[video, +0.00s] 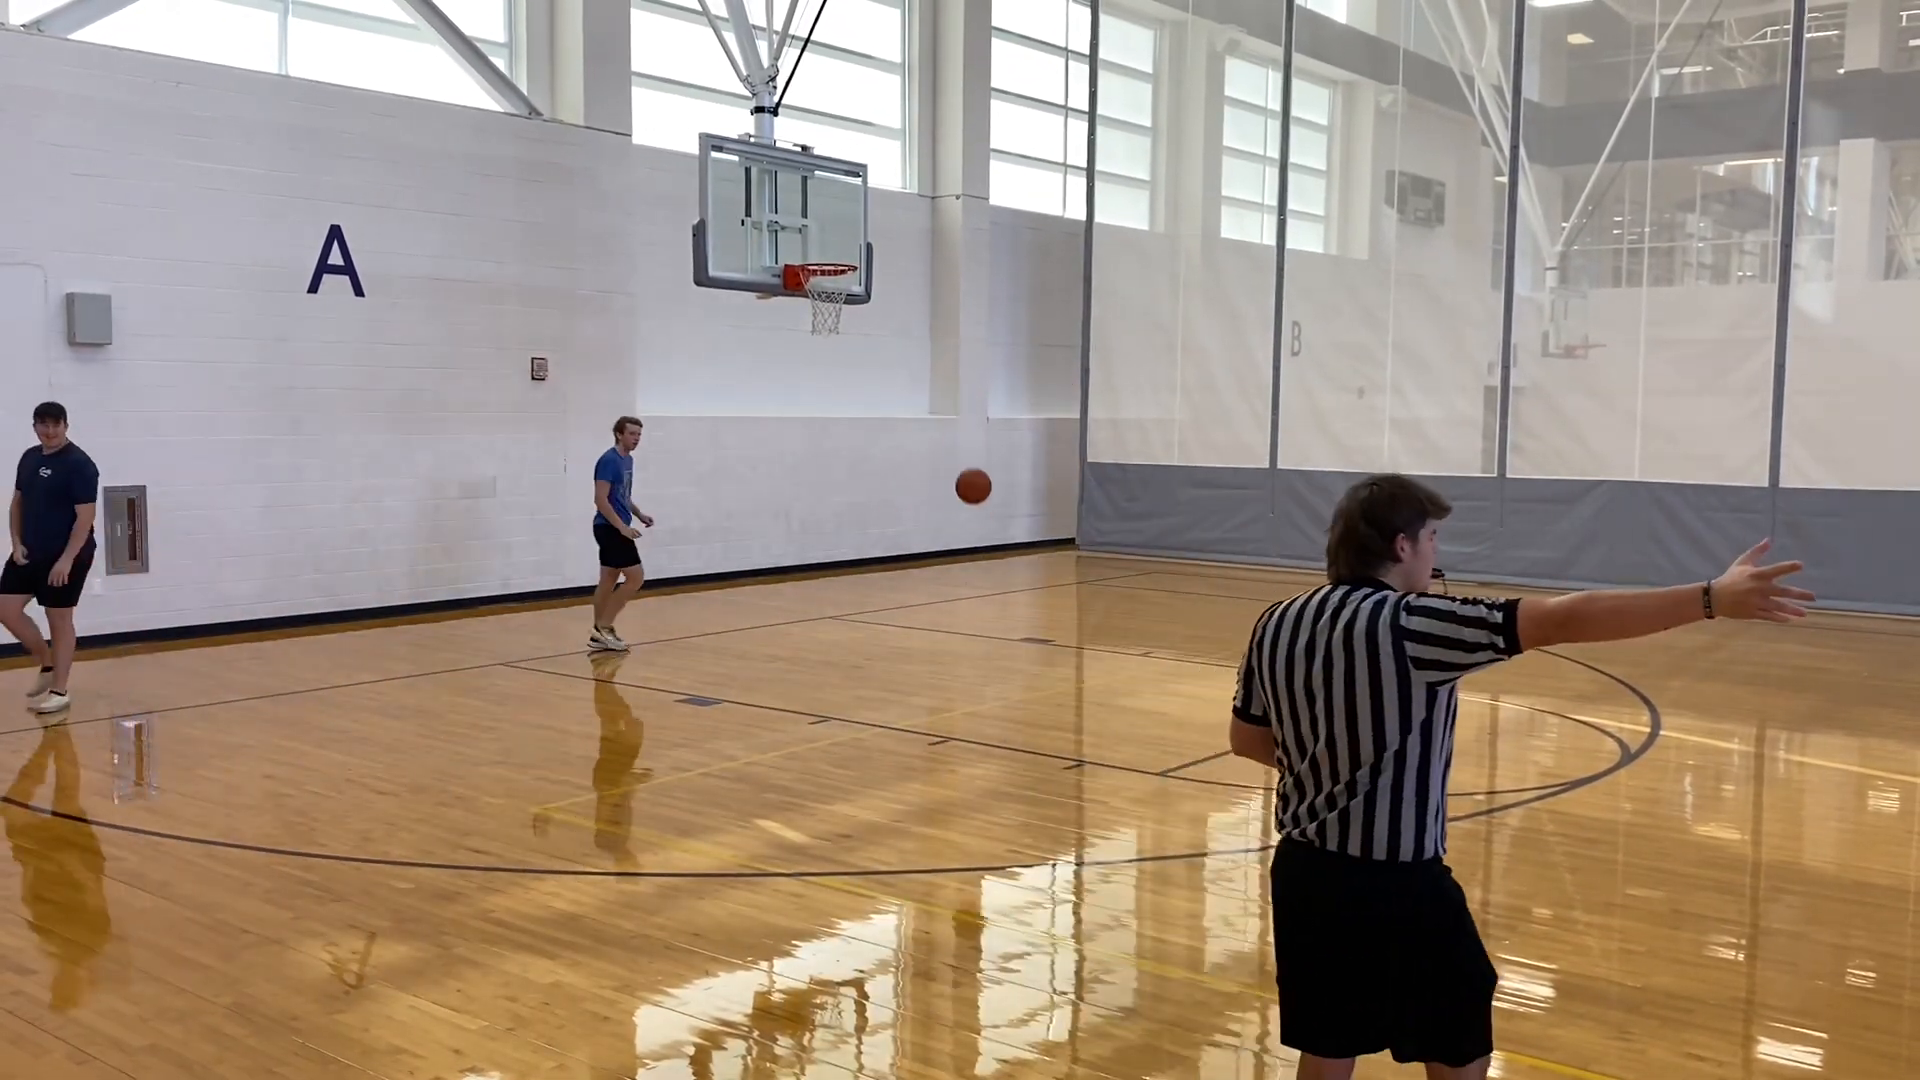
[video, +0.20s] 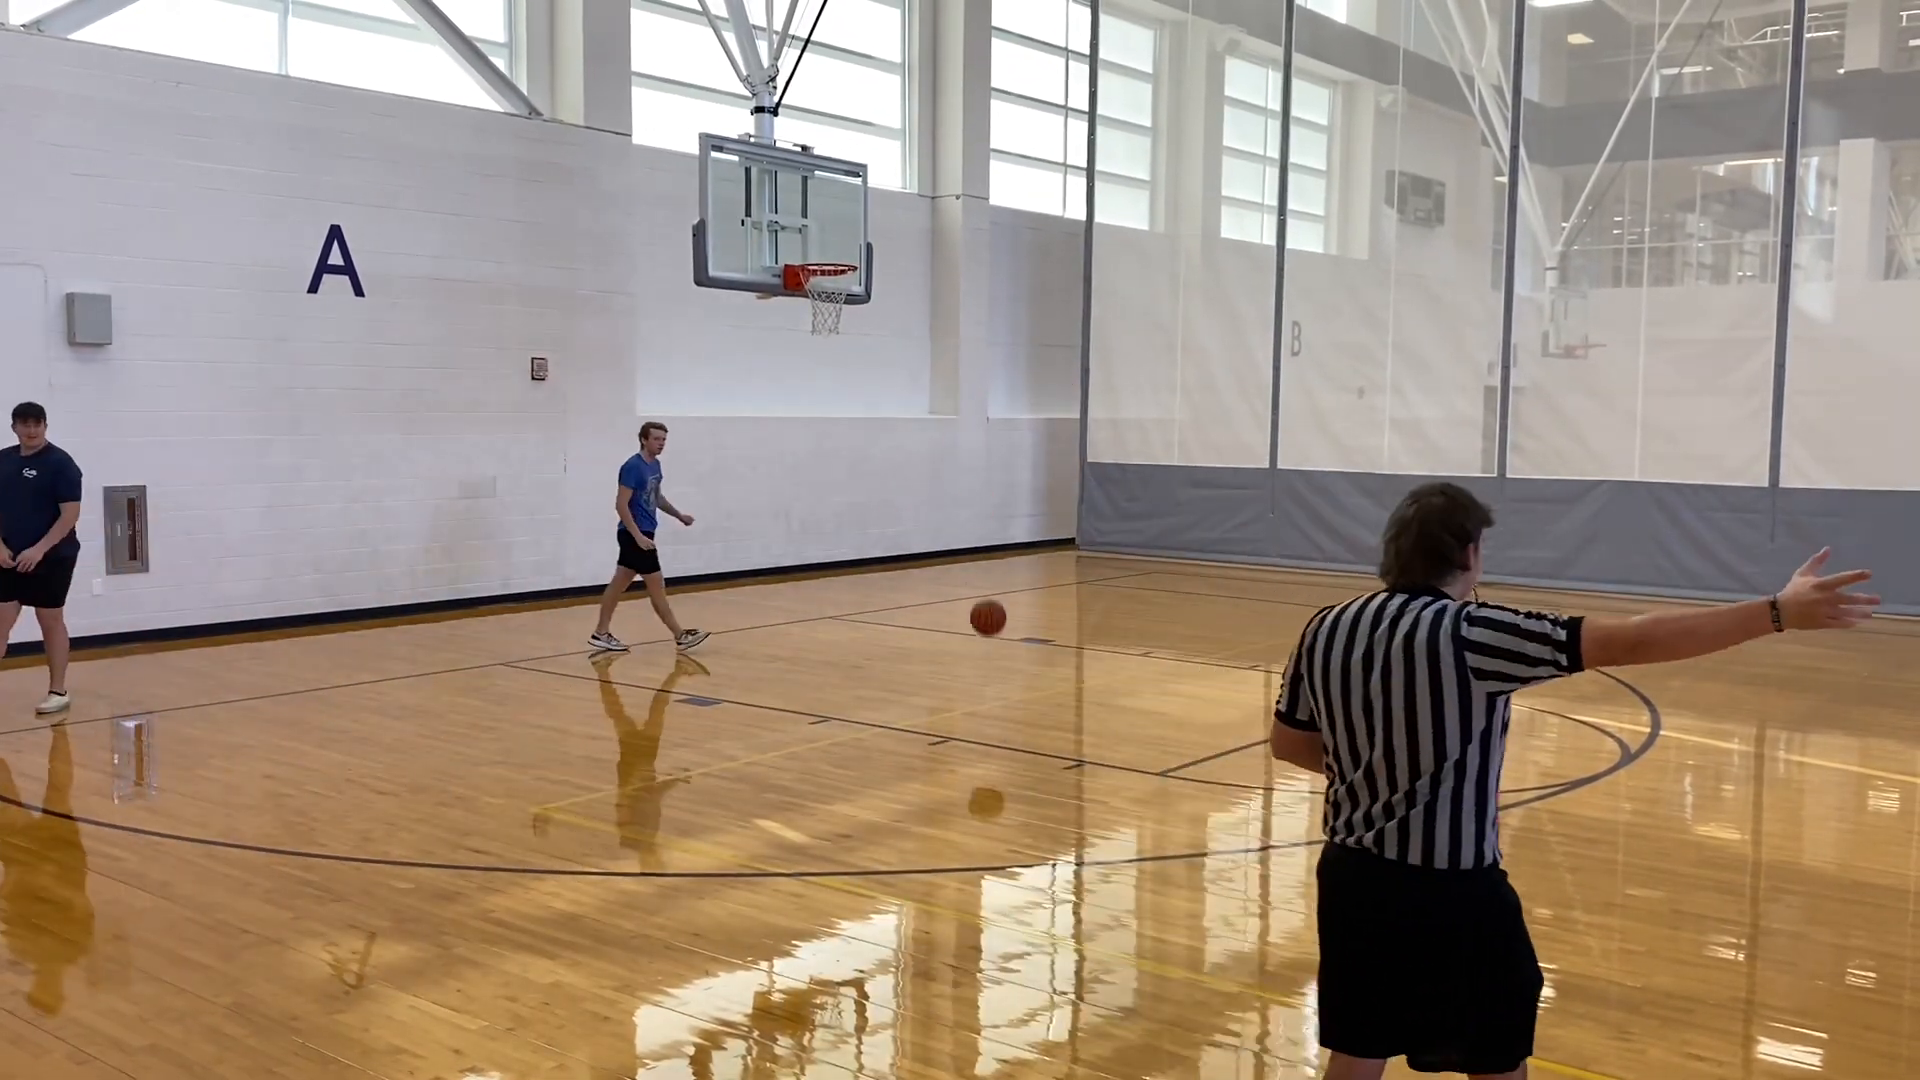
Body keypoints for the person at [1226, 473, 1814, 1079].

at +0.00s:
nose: (1437, 558)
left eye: (1436, 541)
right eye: (1432, 540)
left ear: (1355, 541)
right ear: (1400, 541)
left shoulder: (1277, 624)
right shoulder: (1412, 620)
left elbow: (1246, 736)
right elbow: (1560, 618)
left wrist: (1325, 756)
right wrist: (1709, 598)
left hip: (1302, 875)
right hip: (1401, 882)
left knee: (1324, 1052)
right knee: (1460, 1053)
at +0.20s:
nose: (1479, 569)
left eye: (1478, 553)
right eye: (1479, 555)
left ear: (1396, 552)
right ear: (1463, 557)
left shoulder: (1326, 630)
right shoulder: (1469, 632)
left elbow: (1288, 740)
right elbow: (1633, 640)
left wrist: (1368, 757)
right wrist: (1777, 612)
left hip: (1350, 881)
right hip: (1458, 888)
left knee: (1353, 1057)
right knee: (1496, 1060)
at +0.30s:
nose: (1510, 562)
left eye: (1507, 550)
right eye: (1509, 552)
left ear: (1424, 552)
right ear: (1502, 562)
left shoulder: (1358, 632)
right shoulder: (1506, 637)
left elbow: (1315, 745)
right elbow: (1661, 693)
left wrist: (1397, 758)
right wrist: (1778, 615)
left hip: (1381, 892)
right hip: (1494, 899)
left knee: (1378, 1059)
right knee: (1510, 1066)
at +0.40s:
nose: (1547, 554)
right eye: (1546, 544)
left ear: (1462, 546)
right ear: (1541, 555)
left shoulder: (1391, 626)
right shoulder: (1549, 643)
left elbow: (1343, 741)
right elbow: (1655, 758)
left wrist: (1416, 764)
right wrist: (1712, 669)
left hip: (1410, 883)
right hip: (1522, 894)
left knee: (1403, 1047)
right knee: (1530, 1065)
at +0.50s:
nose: (1579, 557)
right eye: (1579, 546)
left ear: (1499, 544)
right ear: (1576, 555)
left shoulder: (1422, 621)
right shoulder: (1588, 649)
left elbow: (1365, 738)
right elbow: (1624, 796)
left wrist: (1445, 759)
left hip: (1433, 883)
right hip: (1545, 896)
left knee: (1419, 1037)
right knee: (1533, 1068)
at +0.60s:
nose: (1608, 559)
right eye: (1605, 548)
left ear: (1526, 545)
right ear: (1600, 558)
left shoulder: (1443, 621)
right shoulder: (1622, 657)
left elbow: (1383, 736)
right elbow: (1635, 808)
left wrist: (1450, 766)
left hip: (1446, 884)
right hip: (1559, 903)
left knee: (1434, 1023)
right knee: (1543, 1067)